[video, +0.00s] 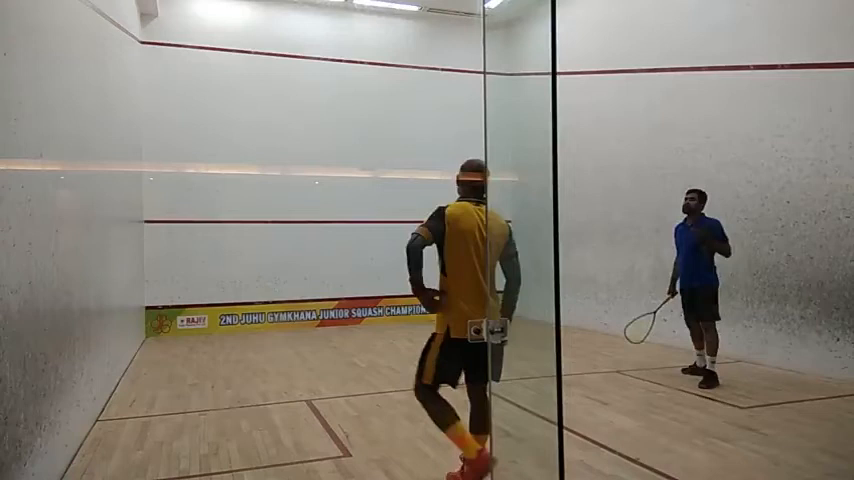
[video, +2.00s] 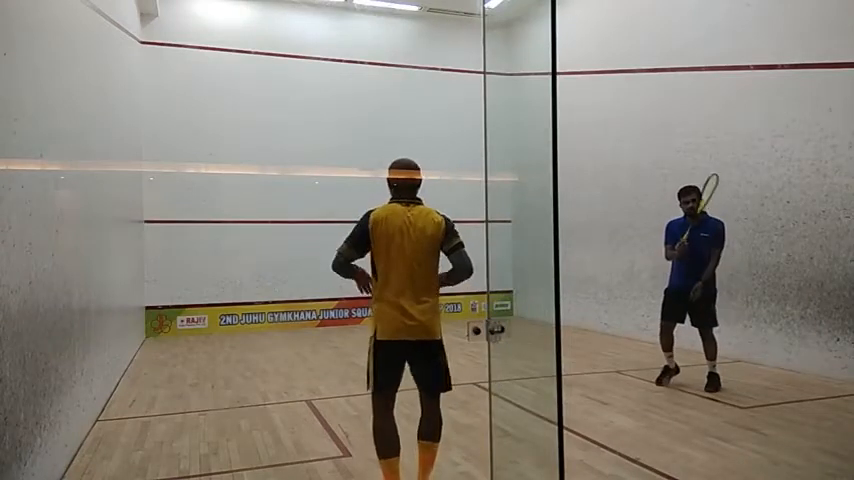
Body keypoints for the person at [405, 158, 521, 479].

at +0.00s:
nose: (464, 189)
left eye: (461, 184)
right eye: (473, 183)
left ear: (458, 185)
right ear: (486, 186)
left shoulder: (446, 214)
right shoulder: (500, 225)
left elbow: (414, 245)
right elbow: (514, 277)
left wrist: (421, 292)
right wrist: (504, 318)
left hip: (453, 326)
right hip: (489, 326)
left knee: (425, 388)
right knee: (479, 393)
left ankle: (474, 453)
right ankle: (476, 464)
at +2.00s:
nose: (396, 187)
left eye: (392, 182)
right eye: (409, 181)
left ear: (389, 184)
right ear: (419, 185)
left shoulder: (374, 219)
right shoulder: (438, 221)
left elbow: (339, 263)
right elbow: (465, 268)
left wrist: (357, 273)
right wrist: (435, 281)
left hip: (387, 332)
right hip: (426, 330)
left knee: (383, 409)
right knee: (431, 405)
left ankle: (391, 476)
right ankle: (423, 475)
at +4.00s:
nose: (267, 222)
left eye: (268, 218)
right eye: (270, 218)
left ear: (272, 222)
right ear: (296, 220)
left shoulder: (267, 259)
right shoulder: (319, 247)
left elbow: (250, 313)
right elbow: (349, 286)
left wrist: (221, 357)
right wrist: (373, 322)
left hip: (287, 345)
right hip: (312, 341)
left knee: (269, 407)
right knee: (268, 387)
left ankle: (331, 444)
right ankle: (263, 441)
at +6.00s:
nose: (406, 197)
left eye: (409, 195)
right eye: (408, 194)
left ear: (406, 201)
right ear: (424, 203)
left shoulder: (388, 231)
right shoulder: (431, 228)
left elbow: (381, 269)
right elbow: (452, 264)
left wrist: (403, 258)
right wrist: (443, 283)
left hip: (401, 310)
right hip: (430, 308)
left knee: (393, 362)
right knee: (446, 357)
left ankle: (386, 422)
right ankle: (460, 410)